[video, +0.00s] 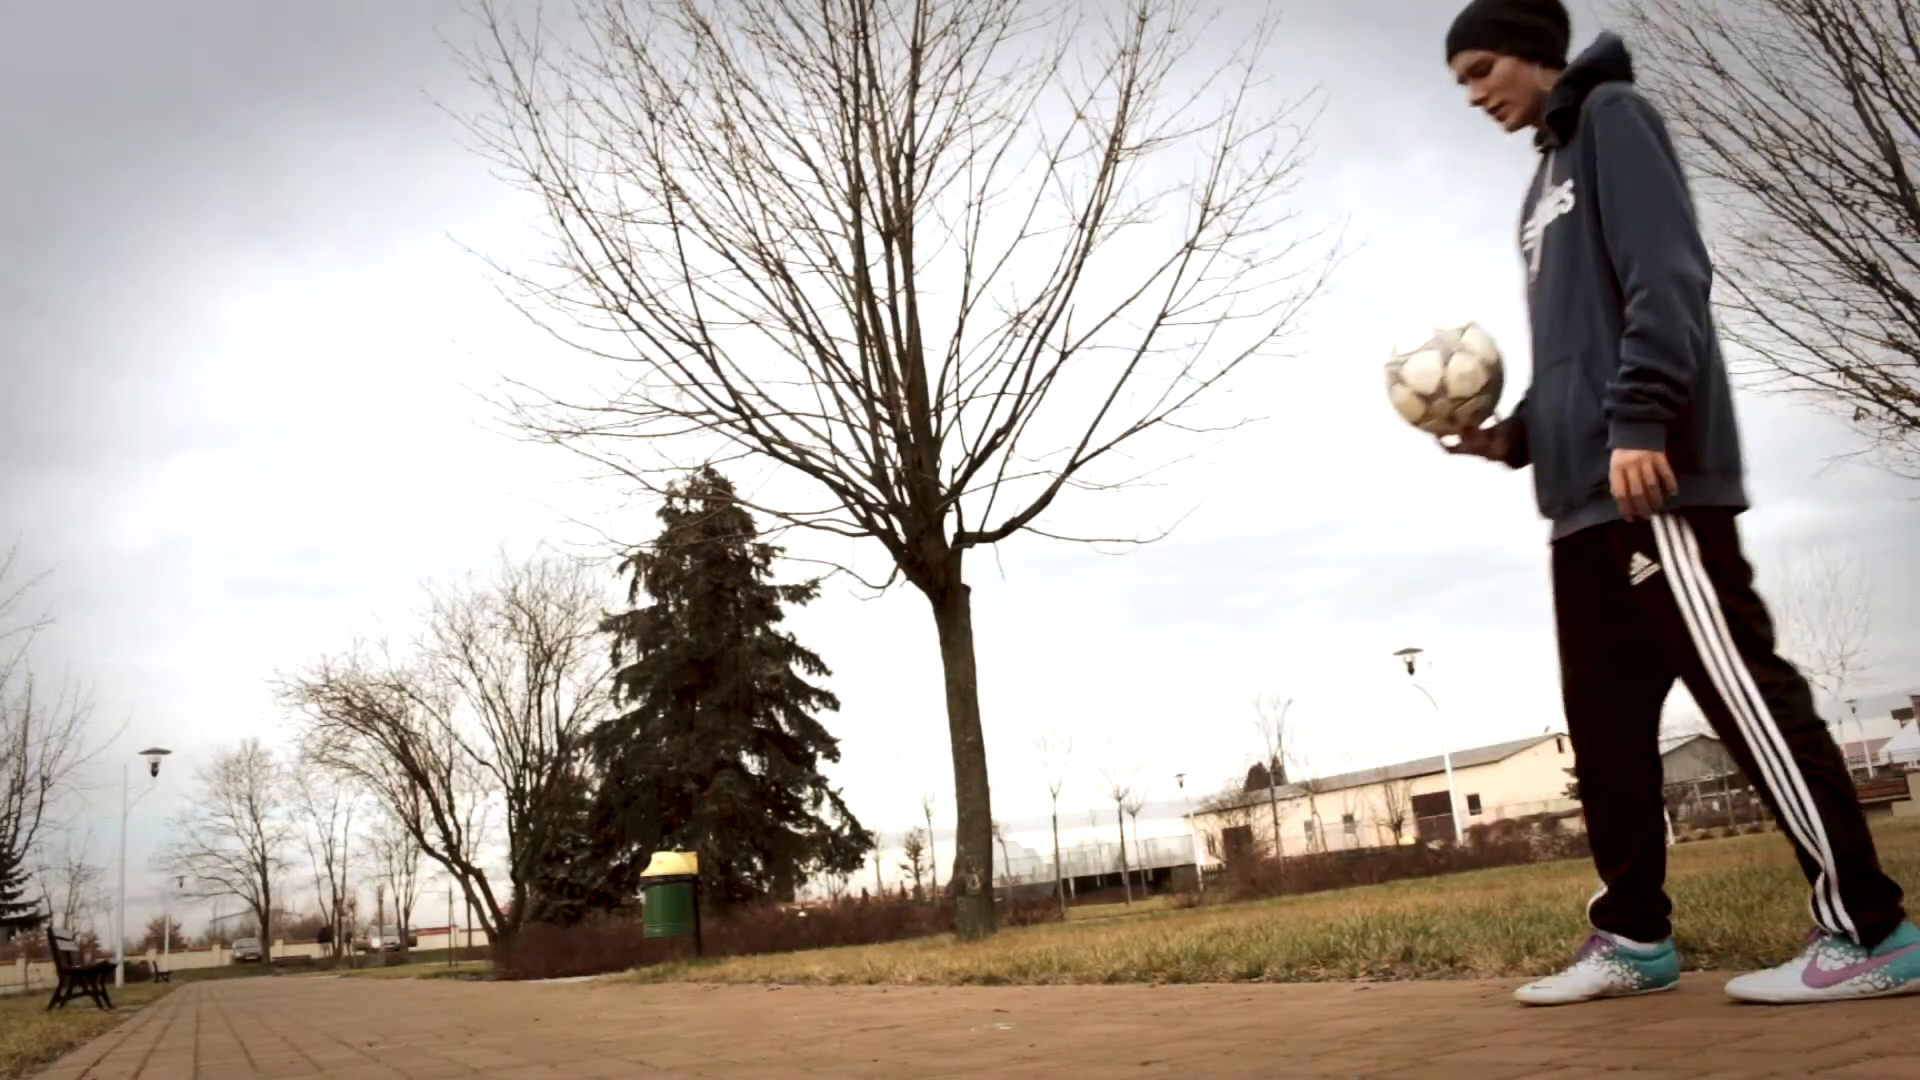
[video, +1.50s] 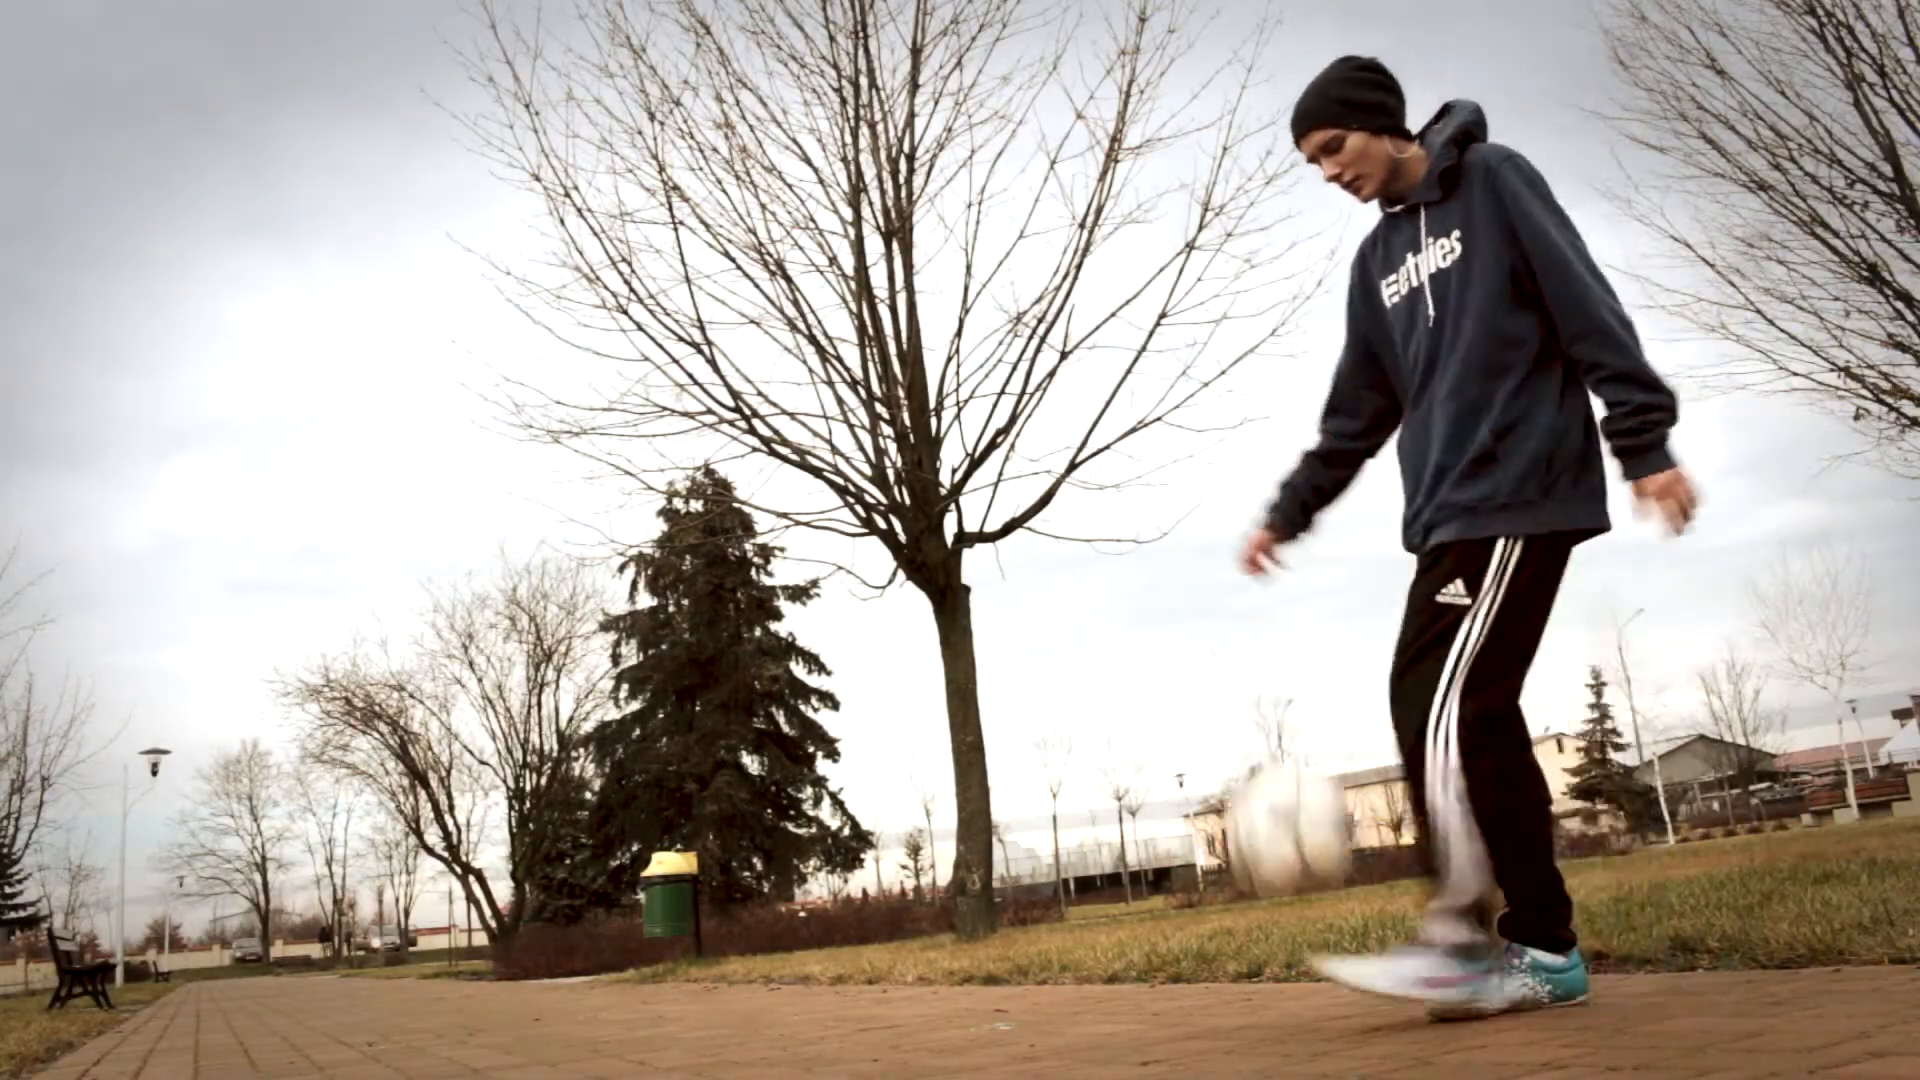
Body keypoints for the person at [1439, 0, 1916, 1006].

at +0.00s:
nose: (1476, 96)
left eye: (1481, 71)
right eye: (1465, 85)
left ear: (1533, 49)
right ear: (1483, 88)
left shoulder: (1612, 116)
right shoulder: (1544, 174)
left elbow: (1665, 273)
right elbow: (1576, 346)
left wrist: (1642, 419)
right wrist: (1519, 431)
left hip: (1657, 475)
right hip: (1587, 495)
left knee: (1750, 699)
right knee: (1605, 724)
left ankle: (1870, 930)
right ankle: (1633, 937)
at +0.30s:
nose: (1413, 132)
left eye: (1420, 108)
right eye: (1399, 122)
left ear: (1469, 86)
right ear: (1406, 130)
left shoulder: (1560, 152)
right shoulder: (1448, 233)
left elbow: (1654, 297)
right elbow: (1440, 395)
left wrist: (1616, 421)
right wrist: (1394, 489)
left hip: (1596, 480)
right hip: (1519, 503)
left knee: (1602, 681)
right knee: (1569, 708)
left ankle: (1788, 876)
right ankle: (1631, 935)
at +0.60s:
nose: (1395, 144)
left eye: (1402, 120)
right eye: (1379, 135)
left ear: (1448, 98)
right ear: (1380, 144)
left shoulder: (1537, 165)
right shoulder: (1415, 241)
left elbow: (1600, 307)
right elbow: (1407, 391)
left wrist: (1618, 444)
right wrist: (1375, 489)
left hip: (1578, 490)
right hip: (1494, 517)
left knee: (1605, 721)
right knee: (1557, 732)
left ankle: (1632, 943)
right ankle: (1621, 933)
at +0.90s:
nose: (1390, 145)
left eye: (1399, 121)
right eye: (1375, 136)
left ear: (1445, 102)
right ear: (1376, 145)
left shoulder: (1529, 170)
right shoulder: (1418, 231)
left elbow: (1582, 316)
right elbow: (1439, 369)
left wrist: (1569, 462)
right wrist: (1447, 478)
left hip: (1559, 502)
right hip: (1465, 513)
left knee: (1600, 727)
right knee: (1417, 680)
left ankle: (1628, 944)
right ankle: (1515, 893)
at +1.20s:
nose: (1368, 147)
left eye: (1375, 123)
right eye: (1352, 138)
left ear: (1424, 100)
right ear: (1356, 145)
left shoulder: (1513, 171)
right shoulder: (1402, 229)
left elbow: (1560, 323)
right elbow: (1436, 369)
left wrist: (1527, 459)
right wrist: (1436, 488)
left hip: (1551, 510)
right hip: (1452, 519)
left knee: (1590, 729)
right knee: (1436, 718)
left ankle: (1628, 944)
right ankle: (1468, 938)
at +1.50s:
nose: (1333, 171)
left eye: (1337, 147)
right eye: (1318, 162)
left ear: (1387, 119)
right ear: (1328, 164)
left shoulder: (1490, 178)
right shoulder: (1377, 257)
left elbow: (1584, 301)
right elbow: (1360, 404)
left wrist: (1645, 445)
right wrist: (1286, 512)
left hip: (1525, 491)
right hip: (1449, 510)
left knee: (1429, 695)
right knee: (1479, 716)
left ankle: (1467, 930)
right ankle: (1546, 949)